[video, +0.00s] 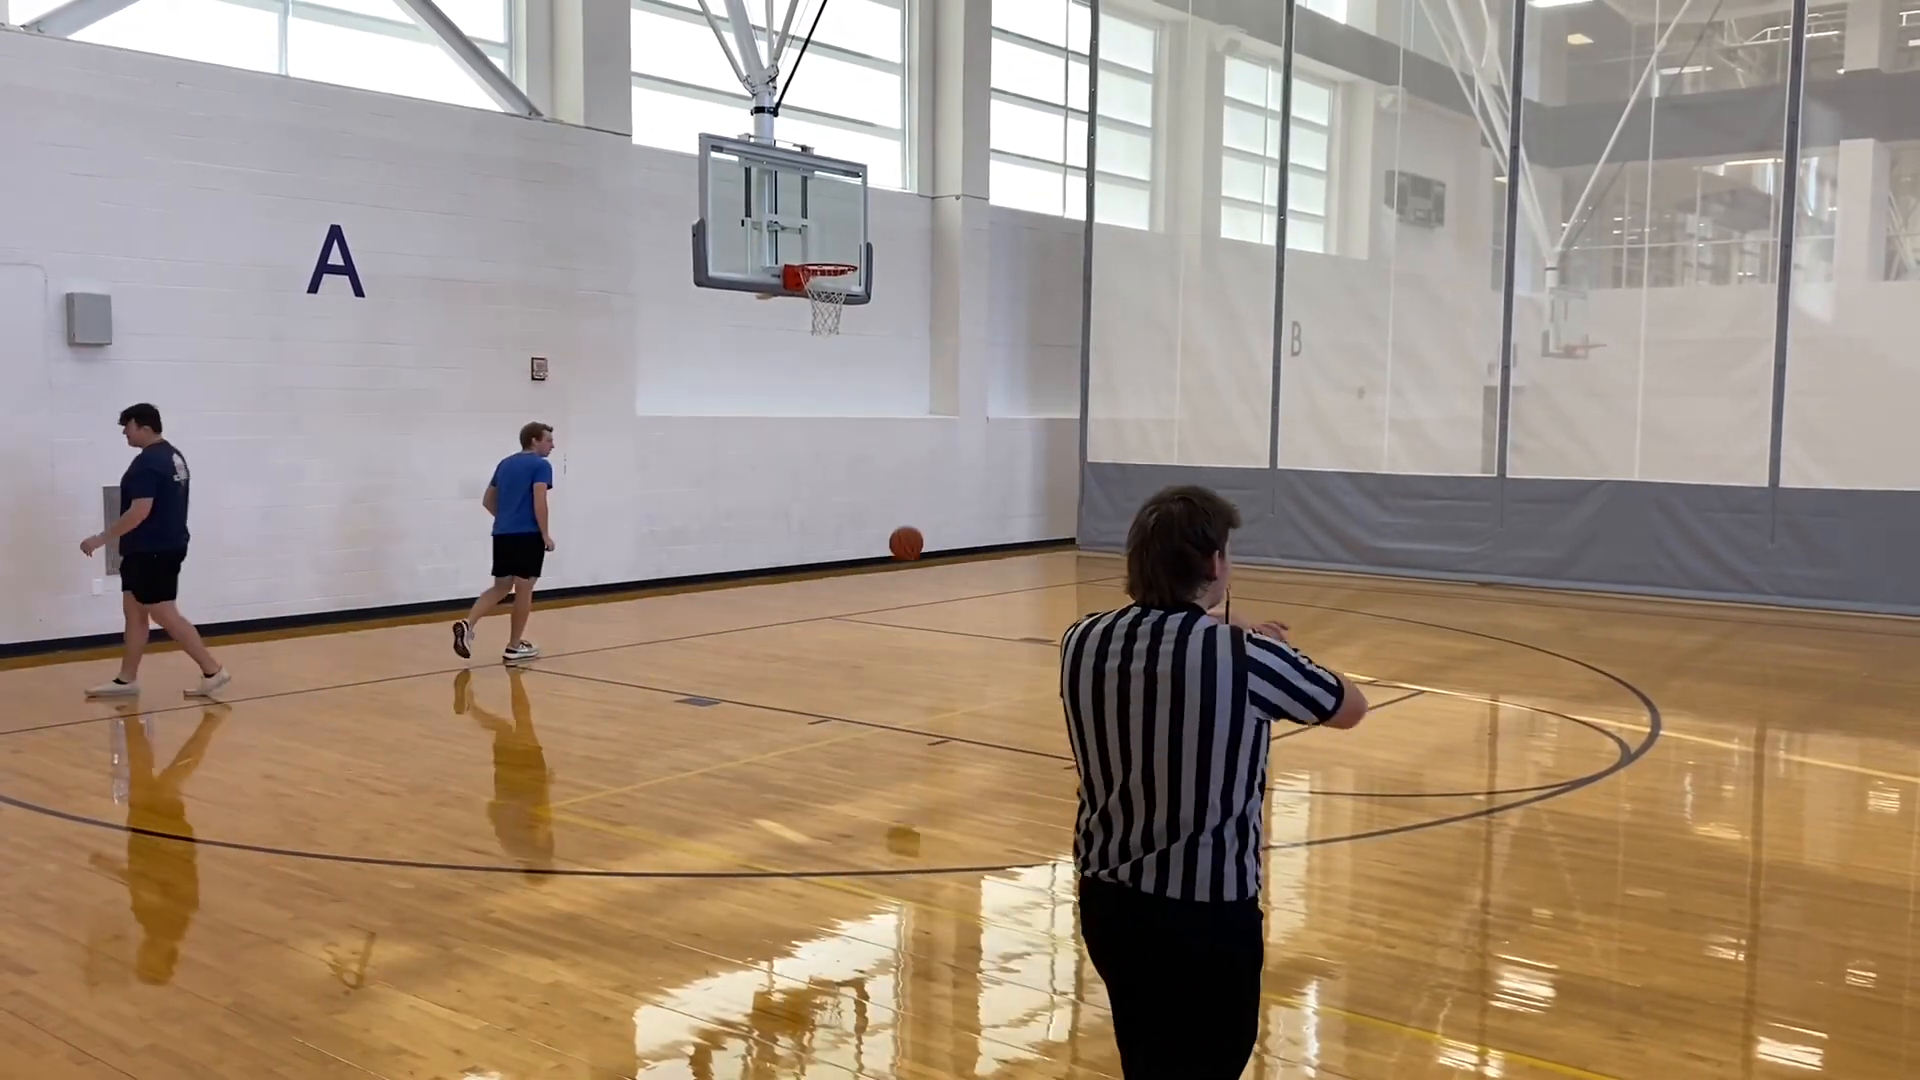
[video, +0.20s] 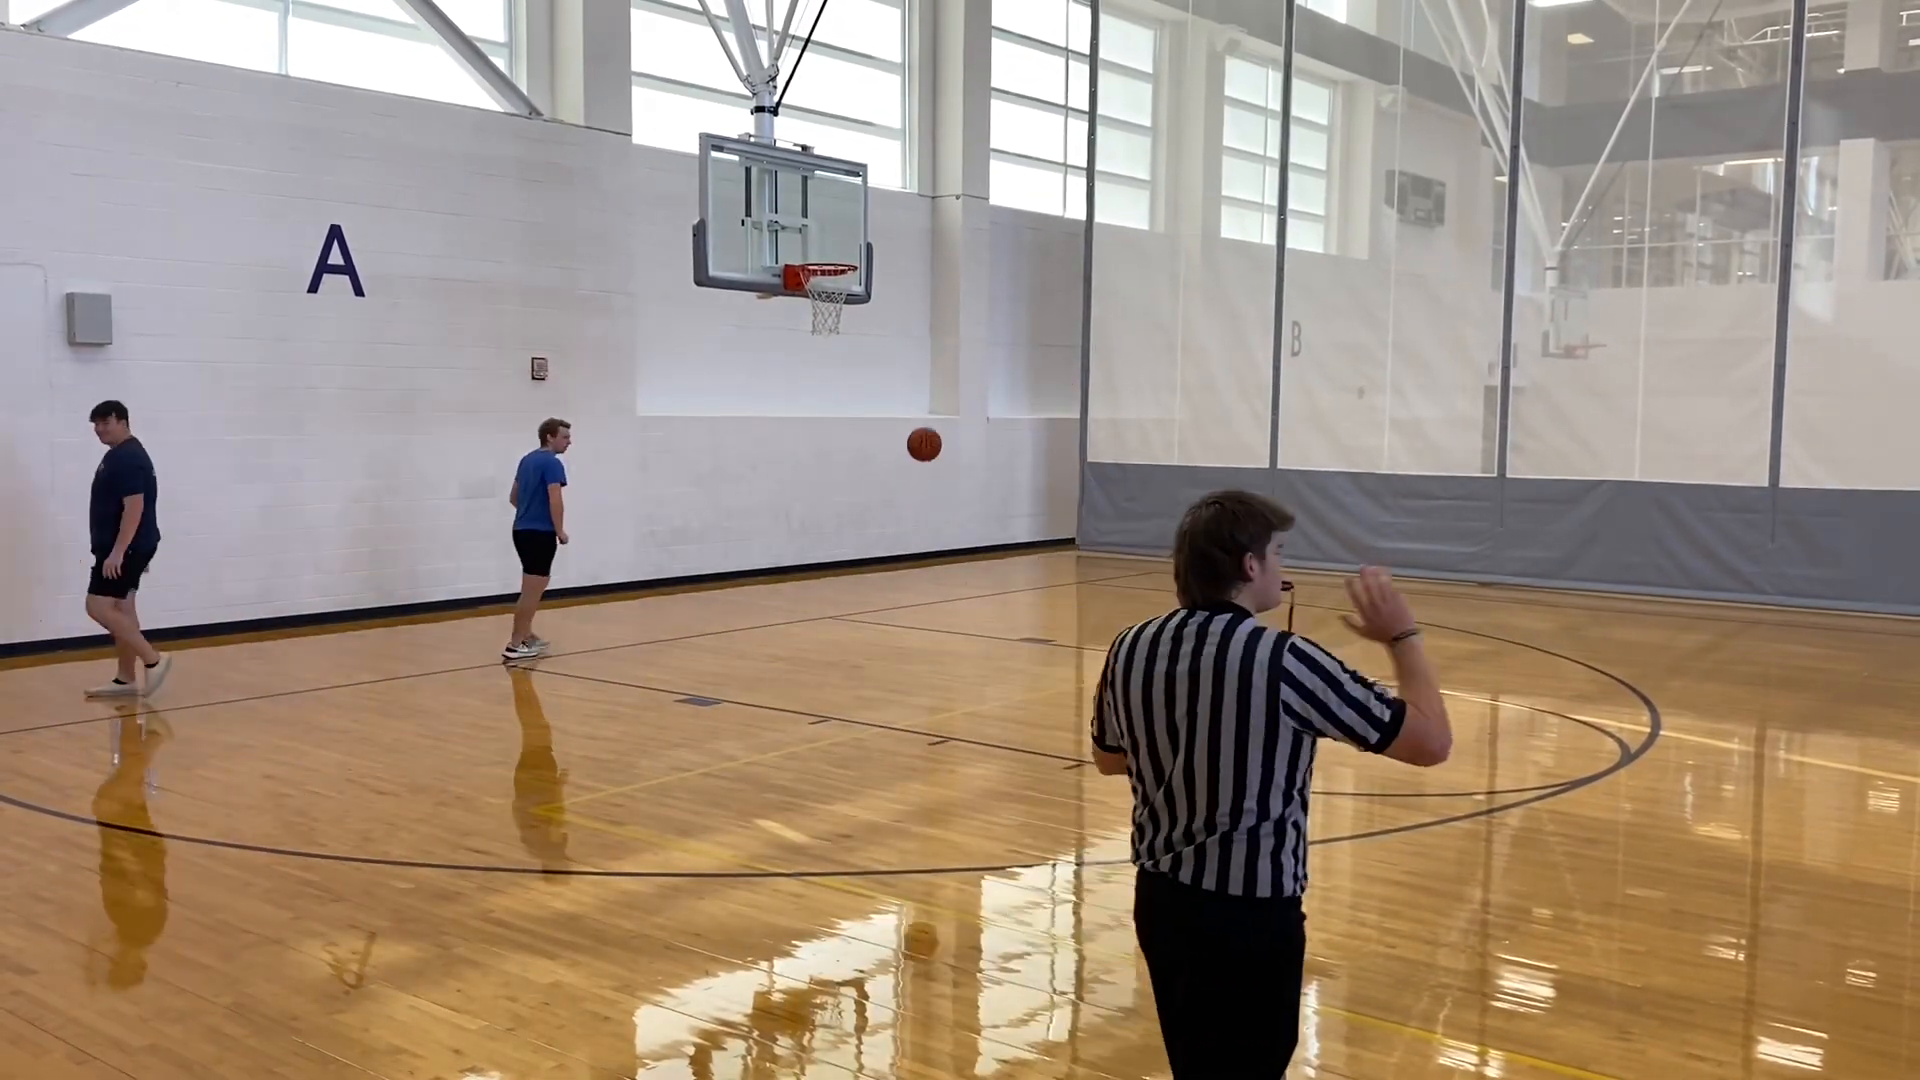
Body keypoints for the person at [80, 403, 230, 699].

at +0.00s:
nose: (125, 435)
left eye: (128, 429)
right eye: (125, 429)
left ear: (143, 428)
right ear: (150, 429)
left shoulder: (148, 461)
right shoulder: (172, 455)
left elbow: (139, 511)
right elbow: (169, 508)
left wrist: (101, 538)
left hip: (150, 551)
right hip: (163, 548)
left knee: (164, 613)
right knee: (135, 610)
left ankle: (214, 672)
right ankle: (126, 679)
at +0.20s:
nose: (97, 429)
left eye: (103, 423)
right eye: (96, 424)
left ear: (120, 422)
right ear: (111, 424)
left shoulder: (128, 456)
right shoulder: (121, 453)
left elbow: (134, 509)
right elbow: (120, 507)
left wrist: (117, 551)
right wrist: (104, 547)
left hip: (126, 546)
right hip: (125, 544)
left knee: (97, 607)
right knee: (123, 609)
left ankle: (155, 661)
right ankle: (126, 678)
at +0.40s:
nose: (76, 431)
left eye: (81, 424)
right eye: (73, 426)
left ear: (98, 423)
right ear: (72, 428)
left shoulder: (116, 460)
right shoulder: (79, 456)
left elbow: (130, 510)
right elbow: (68, 500)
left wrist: (125, 554)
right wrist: (43, 535)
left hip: (101, 551)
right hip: (84, 549)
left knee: (79, 614)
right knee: (109, 610)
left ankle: (70, 689)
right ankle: (125, 678)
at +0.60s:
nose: (62, 430)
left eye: (68, 424)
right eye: (57, 425)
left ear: (82, 425)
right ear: (53, 428)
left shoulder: (98, 463)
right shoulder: (53, 458)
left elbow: (110, 515)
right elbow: (44, 504)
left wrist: (109, 561)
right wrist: (23, 539)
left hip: (83, 552)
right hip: (54, 550)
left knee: (69, 614)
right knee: (58, 611)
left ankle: (59, 691)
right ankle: (108, 666)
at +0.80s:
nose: (48, 431)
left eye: (54, 425)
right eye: (42, 425)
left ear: (65, 426)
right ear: (35, 427)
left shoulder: (81, 465)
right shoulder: (29, 458)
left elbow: (86, 520)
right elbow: (17, 503)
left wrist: (67, 559)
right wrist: (16, 542)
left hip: (70, 550)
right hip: (33, 549)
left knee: (60, 617)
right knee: (8, 610)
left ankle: (60, 691)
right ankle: (49, 662)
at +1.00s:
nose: (30, 430)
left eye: (36, 424)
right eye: (24, 424)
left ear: (45, 426)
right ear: (14, 427)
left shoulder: (62, 464)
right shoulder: (3, 460)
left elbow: (70, 516)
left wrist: (38, 549)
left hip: (52, 553)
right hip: (9, 553)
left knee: (51, 620)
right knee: (3, 621)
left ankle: (58, 691)